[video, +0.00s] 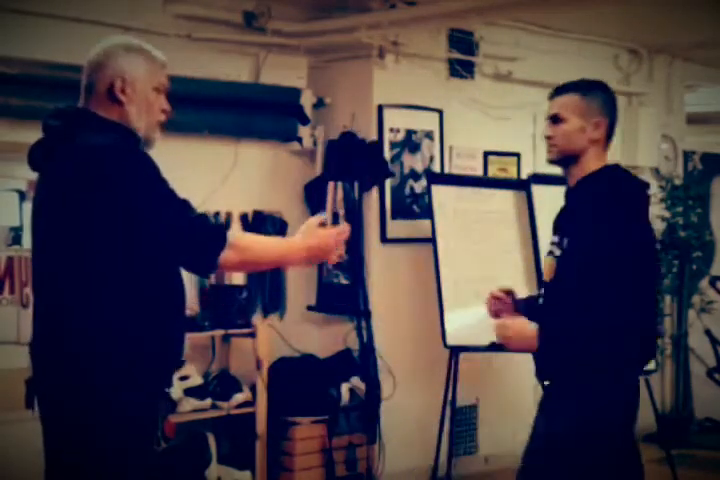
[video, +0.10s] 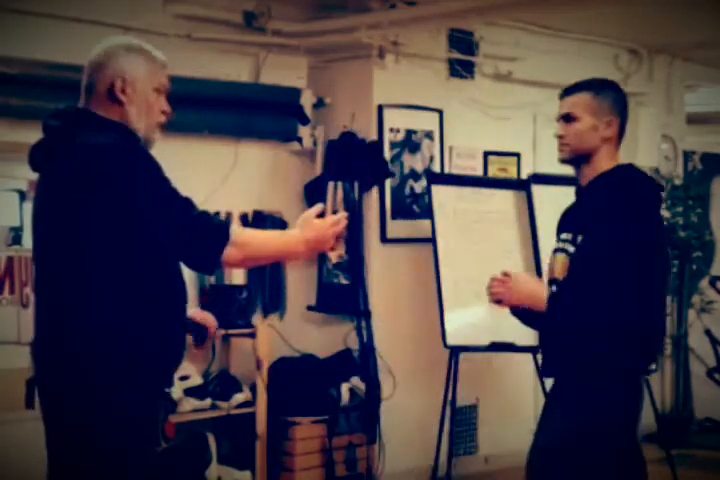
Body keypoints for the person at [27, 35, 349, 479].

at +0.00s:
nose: (167, 108)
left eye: (166, 95)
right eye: (160, 92)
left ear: (120, 91)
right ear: (121, 91)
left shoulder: (65, 158)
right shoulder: (116, 160)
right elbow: (208, 249)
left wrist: (293, 246)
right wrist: (303, 249)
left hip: (71, 382)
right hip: (115, 390)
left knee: (74, 471)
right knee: (118, 471)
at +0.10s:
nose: (167, 109)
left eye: (166, 96)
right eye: (160, 93)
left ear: (121, 91)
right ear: (122, 90)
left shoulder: (66, 157)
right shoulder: (116, 157)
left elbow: (100, 277)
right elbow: (212, 246)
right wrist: (305, 240)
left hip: (71, 377)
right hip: (116, 387)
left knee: (78, 471)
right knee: (122, 470)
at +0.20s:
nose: (168, 107)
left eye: (166, 94)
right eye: (160, 91)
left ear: (119, 90)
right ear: (122, 90)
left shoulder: (67, 156)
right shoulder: (119, 157)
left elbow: (102, 279)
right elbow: (209, 246)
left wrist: (181, 304)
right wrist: (301, 248)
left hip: (73, 374)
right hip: (118, 383)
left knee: (80, 470)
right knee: (124, 469)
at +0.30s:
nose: (168, 108)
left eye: (167, 95)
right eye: (161, 91)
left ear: (118, 91)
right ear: (122, 90)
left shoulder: (67, 158)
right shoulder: (121, 158)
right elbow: (212, 244)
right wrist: (306, 252)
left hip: (75, 373)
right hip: (120, 381)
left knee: (78, 469)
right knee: (125, 469)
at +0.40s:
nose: (169, 108)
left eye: (168, 95)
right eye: (162, 92)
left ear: (121, 91)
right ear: (124, 90)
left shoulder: (68, 156)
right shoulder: (124, 156)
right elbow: (219, 240)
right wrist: (312, 245)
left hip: (78, 372)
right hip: (124, 380)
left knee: (81, 469)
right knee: (128, 469)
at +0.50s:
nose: (171, 112)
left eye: (171, 98)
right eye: (165, 95)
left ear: (124, 90)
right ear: (128, 90)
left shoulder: (69, 158)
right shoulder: (126, 156)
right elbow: (226, 239)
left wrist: (294, 228)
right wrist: (310, 225)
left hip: (81, 374)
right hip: (127, 380)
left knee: (85, 470)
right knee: (133, 470)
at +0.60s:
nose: (178, 115)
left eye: (178, 102)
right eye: (173, 99)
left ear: (134, 92)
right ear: (137, 92)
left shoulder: (73, 155)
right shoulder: (131, 156)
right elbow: (224, 232)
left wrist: (238, 233)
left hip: (83, 367)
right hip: (132, 373)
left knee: (88, 469)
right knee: (143, 469)